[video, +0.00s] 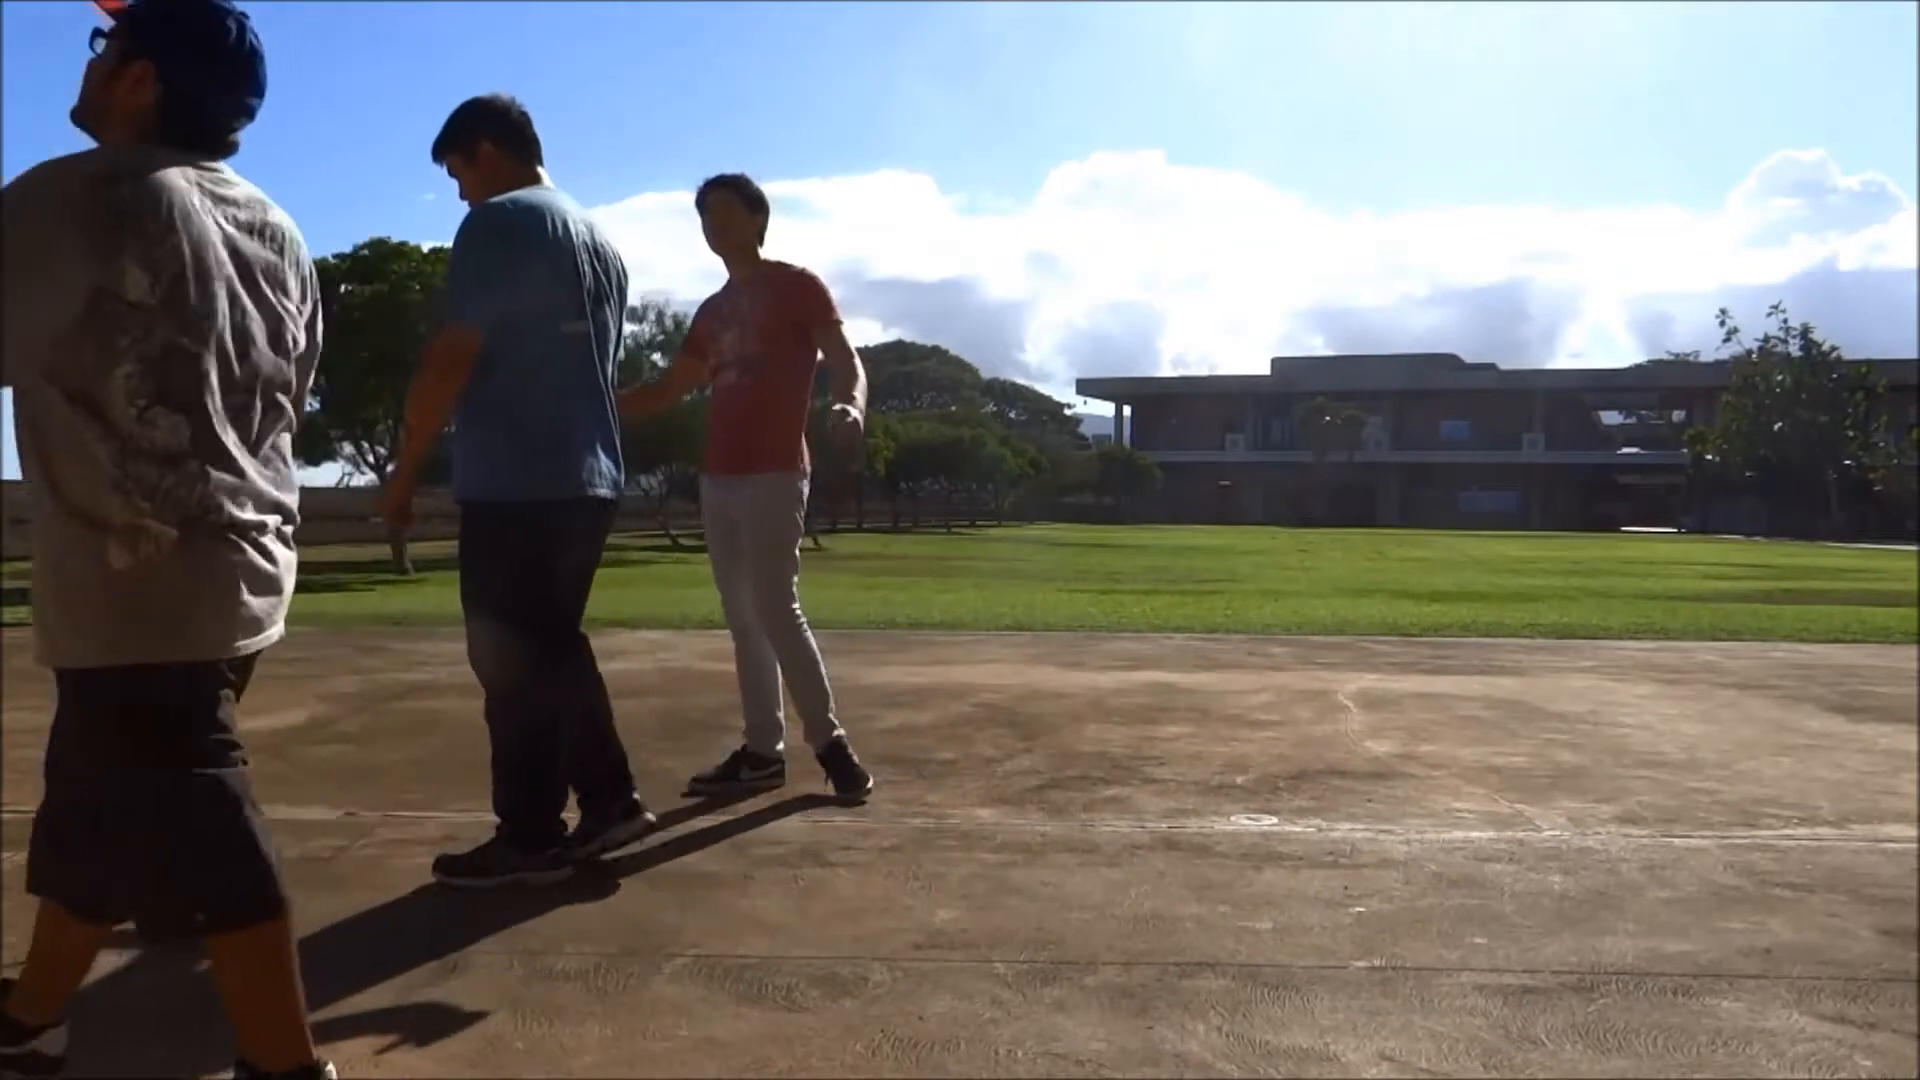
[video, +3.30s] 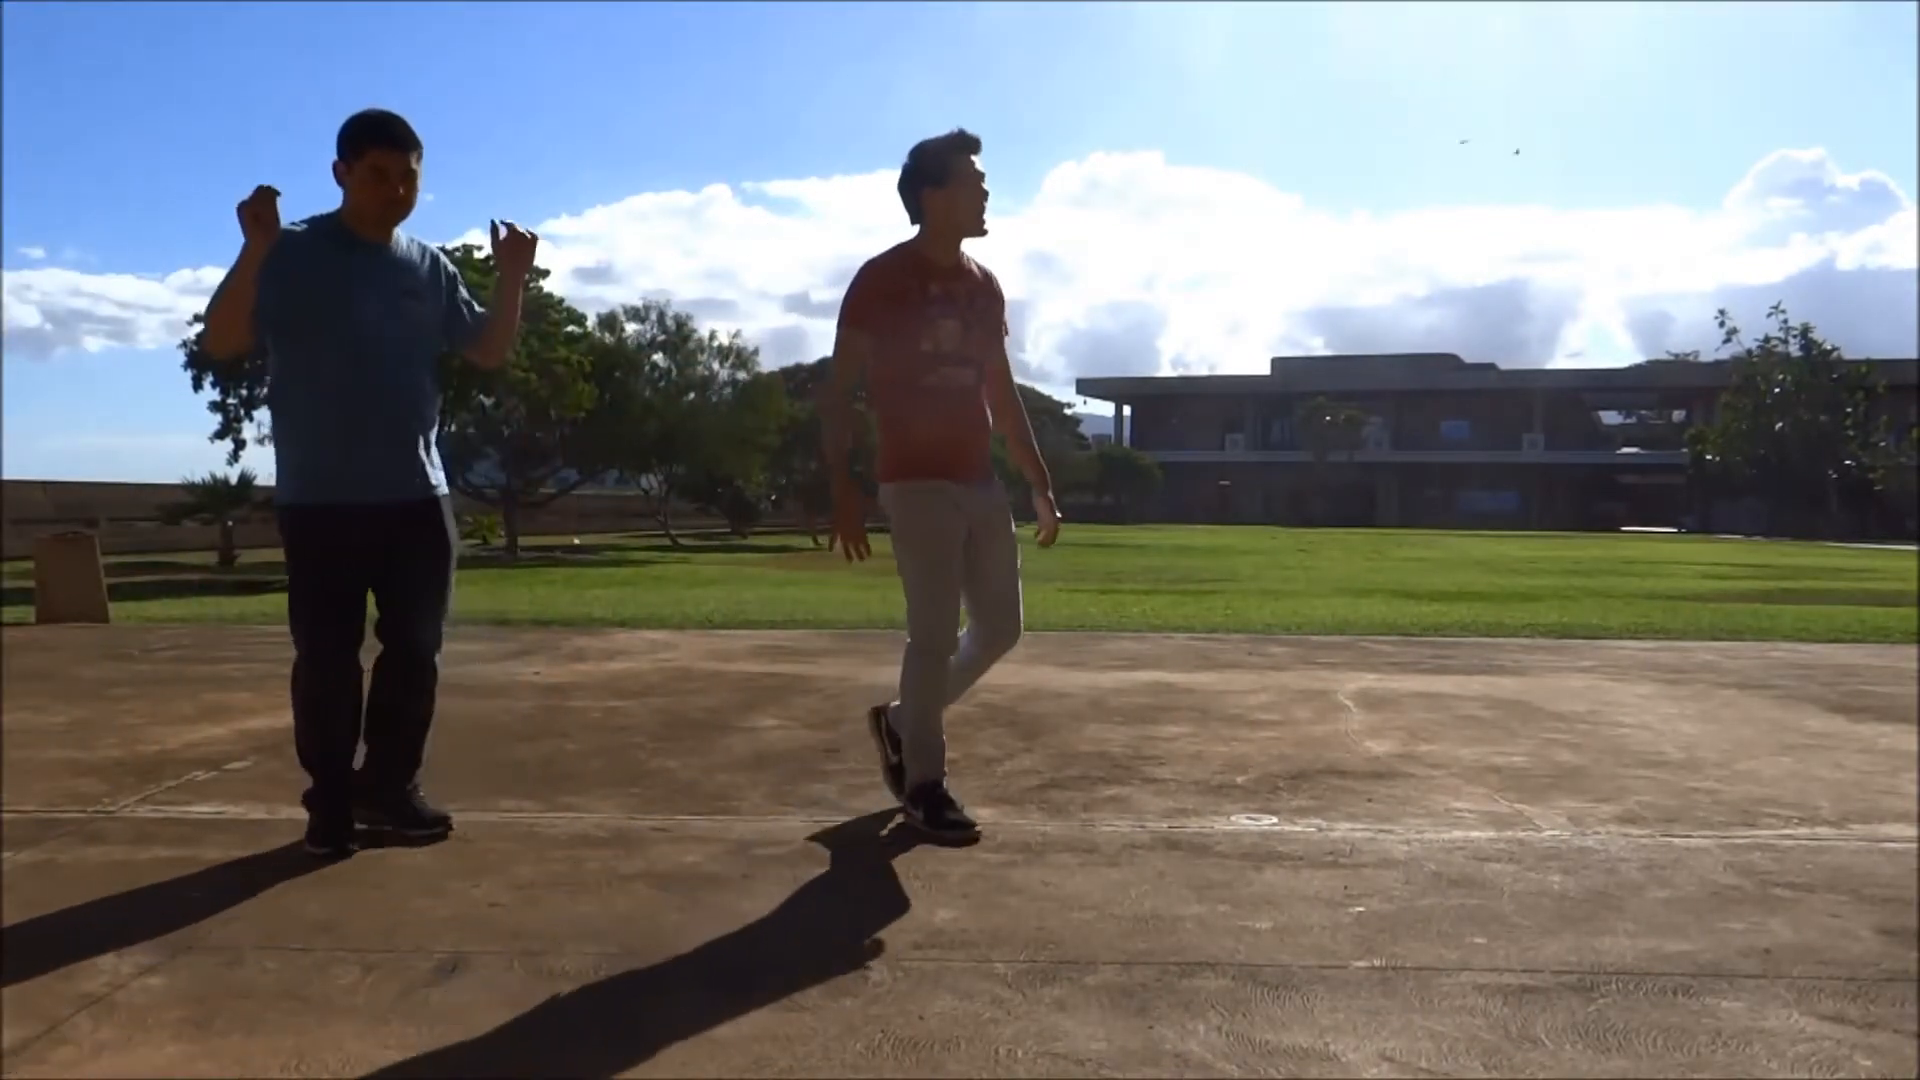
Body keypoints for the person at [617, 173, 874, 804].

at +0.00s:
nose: (710, 226)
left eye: (721, 213)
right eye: (705, 217)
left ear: (755, 218)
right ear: (705, 228)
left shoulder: (796, 285)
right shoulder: (712, 312)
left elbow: (844, 360)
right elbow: (672, 385)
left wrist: (852, 406)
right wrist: (601, 409)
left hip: (775, 477)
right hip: (721, 479)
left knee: (775, 610)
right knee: (743, 618)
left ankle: (831, 746)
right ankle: (762, 752)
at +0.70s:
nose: (770, 224)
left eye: (782, 215)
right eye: (760, 213)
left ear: (799, 228)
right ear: (741, 223)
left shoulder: (821, 298)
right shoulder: (709, 305)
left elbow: (906, 338)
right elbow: (628, 340)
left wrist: (886, 328)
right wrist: (611, 322)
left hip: (802, 488)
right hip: (730, 489)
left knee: (827, 623)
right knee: (741, 629)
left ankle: (853, 760)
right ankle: (761, 755)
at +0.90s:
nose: (794, 225)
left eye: (807, 216)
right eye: (784, 214)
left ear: (824, 229)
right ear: (766, 223)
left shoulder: (841, 300)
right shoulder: (729, 300)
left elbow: (927, 338)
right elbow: (642, 327)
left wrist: (888, 273)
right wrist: (663, 259)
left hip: (824, 488)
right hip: (750, 488)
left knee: (847, 626)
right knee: (747, 628)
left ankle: (856, 761)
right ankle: (761, 755)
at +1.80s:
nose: (884, 215)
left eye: (896, 206)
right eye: (873, 206)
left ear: (915, 218)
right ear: (855, 218)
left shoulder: (932, 304)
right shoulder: (822, 281)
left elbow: (1015, 349)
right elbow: (735, 289)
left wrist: (1002, 286)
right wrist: (771, 238)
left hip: (891, 483)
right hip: (818, 475)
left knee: (876, 626)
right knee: (785, 614)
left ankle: (859, 761)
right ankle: (760, 745)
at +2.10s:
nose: (910, 213)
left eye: (917, 203)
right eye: (896, 203)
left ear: (928, 215)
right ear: (868, 216)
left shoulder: (946, 306)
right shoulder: (831, 284)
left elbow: (1010, 376)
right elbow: (746, 326)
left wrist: (978, 352)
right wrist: (805, 325)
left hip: (907, 482)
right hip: (838, 476)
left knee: (882, 625)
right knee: (829, 621)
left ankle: (859, 760)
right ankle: (811, 760)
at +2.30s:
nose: (924, 210)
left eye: (925, 200)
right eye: (909, 200)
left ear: (926, 215)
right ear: (873, 215)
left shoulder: (951, 305)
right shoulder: (835, 289)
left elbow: (983, 389)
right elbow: (777, 371)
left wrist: (973, 427)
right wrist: (820, 404)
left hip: (916, 480)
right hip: (851, 476)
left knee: (890, 620)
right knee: (865, 615)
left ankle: (865, 754)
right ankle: (860, 760)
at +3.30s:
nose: (987, 192)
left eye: (983, 180)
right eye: (973, 181)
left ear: (951, 196)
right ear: (930, 195)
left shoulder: (983, 285)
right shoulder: (879, 279)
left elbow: (1001, 389)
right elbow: (838, 392)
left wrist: (1039, 480)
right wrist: (843, 492)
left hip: (983, 484)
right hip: (917, 485)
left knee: (1000, 626)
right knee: (932, 635)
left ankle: (903, 718)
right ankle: (927, 788)